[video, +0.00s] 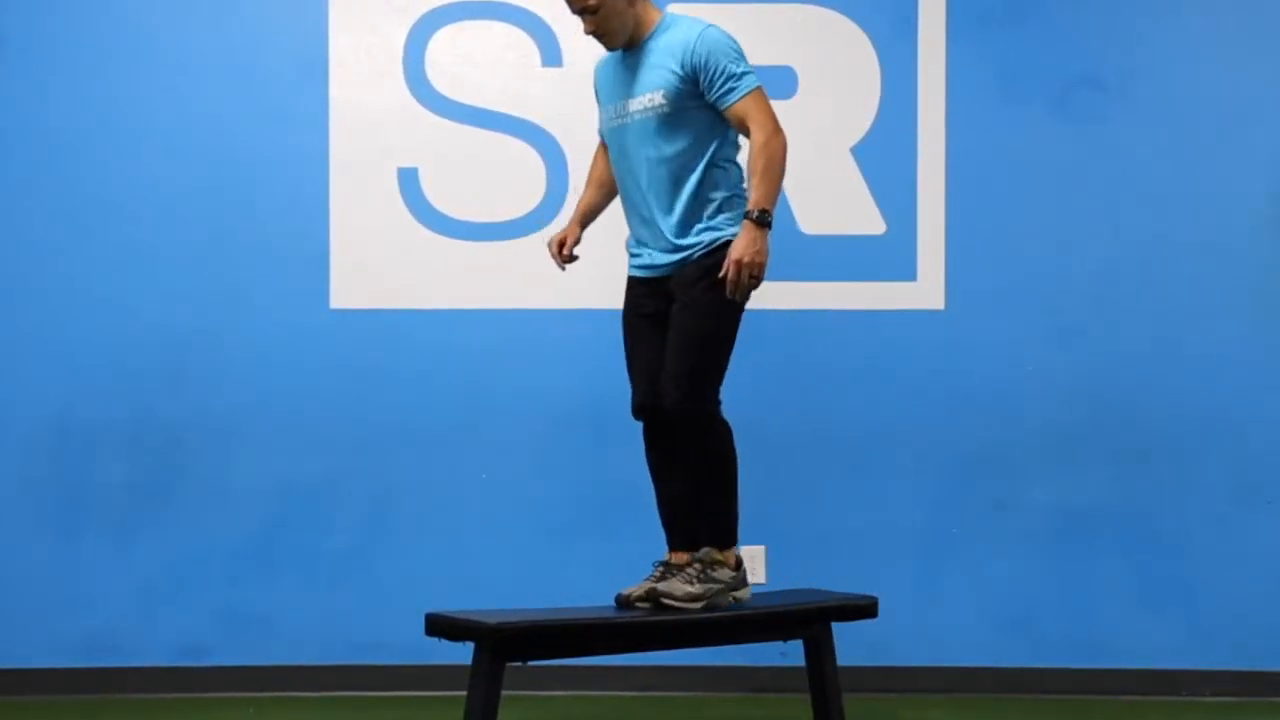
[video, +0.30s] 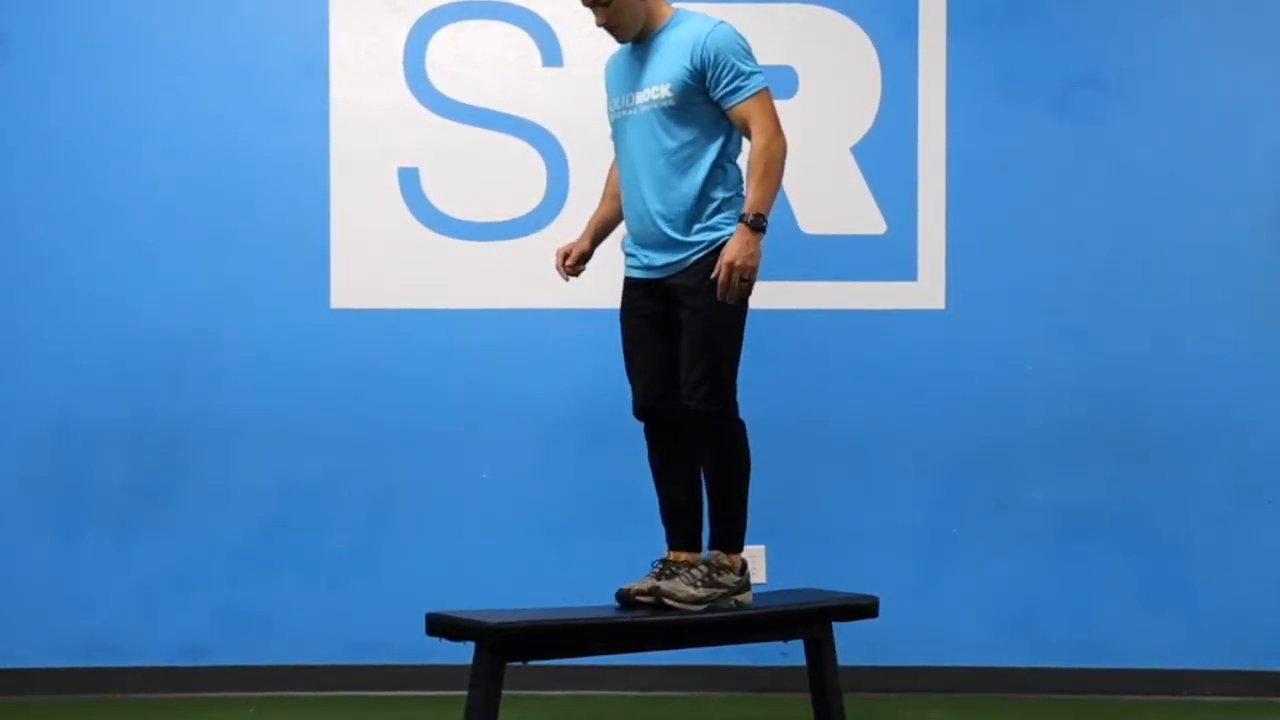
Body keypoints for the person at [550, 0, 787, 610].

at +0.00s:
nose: (583, 24)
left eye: (587, 10)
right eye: (577, 14)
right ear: (595, 11)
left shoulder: (699, 44)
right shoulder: (608, 70)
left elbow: (767, 134)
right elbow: (613, 154)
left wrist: (757, 225)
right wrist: (577, 220)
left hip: (712, 253)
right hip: (648, 265)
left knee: (689, 401)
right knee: (653, 409)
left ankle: (722, 562)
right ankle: (682, 561)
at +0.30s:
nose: (596, 19)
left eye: (601, 5)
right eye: (590, 9)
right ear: (609, 9)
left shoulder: (709, 40)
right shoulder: (618, 66)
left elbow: (768, 135)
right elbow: (629, 164)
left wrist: (751, 229)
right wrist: (590, 236)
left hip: (711, 259)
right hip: (645, 269)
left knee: (711, 407)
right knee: (660, 413)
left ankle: (729, 566)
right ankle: (682, 563)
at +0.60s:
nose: (606, 18)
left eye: (611, 5)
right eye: (601, 8)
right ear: (619, 7)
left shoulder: (716, 43)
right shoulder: (633, 56)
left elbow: (769, 143)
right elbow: (644, 163)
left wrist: (741, 234)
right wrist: (602, 228)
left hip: (712, 262)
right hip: (646, 266)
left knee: (711, 404)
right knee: (637, 400)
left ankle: (725, 564)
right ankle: (674, 554)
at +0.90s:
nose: (617, 43)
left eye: (624, 29)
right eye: (610, 32)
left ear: (662, 10)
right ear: (606, 21)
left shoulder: (723, 73)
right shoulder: (629, 64)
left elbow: (773, 174)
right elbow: (645, 168)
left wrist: (746, 262)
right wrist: (618, 237)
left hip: (704, 270)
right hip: (638, 271)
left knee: (684, 403)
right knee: (612, 406)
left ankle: (722, 566)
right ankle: (623, 560)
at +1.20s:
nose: (610, 160)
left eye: (620, 150)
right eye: (605, 149)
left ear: (657, 130)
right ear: (599, 136)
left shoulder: (709, 183)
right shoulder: (595, 169)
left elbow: (789, 258)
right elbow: (577, 237)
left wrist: (775, 340)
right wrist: (529, 306)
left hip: (694, 348)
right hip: (620, 362)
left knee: (635, 434)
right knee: (608, 508)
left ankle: (716, 566)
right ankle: (598, 655)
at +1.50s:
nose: (569, 222)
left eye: (576, 209)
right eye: (560, 211)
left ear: (610, 189)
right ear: (553, 200)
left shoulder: (668, 234)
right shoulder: (560, 250)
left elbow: (740, 307)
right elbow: (552, 336)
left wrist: (755, 390)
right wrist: (508, 407)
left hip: (685, 392)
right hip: (611, 417)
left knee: (621, 426)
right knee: (595, 562)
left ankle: (712, 559)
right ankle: (624, 705)